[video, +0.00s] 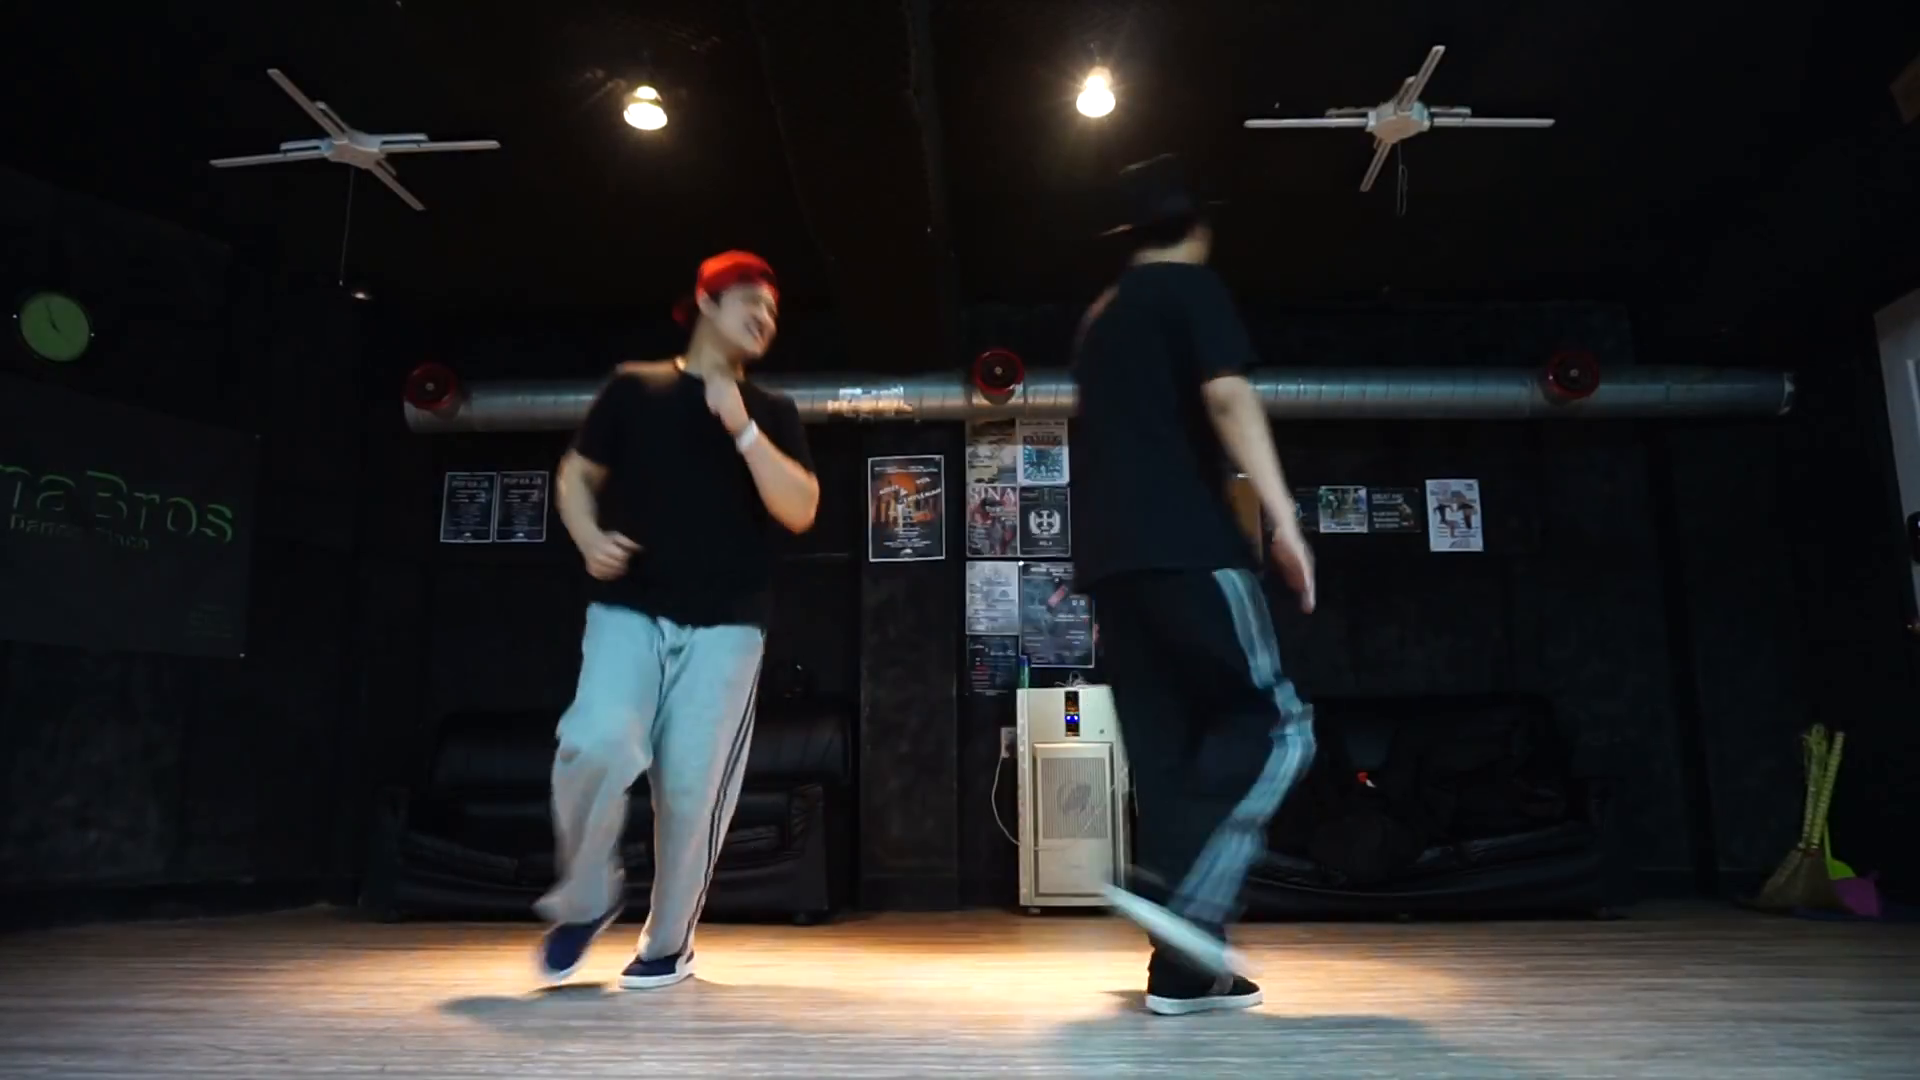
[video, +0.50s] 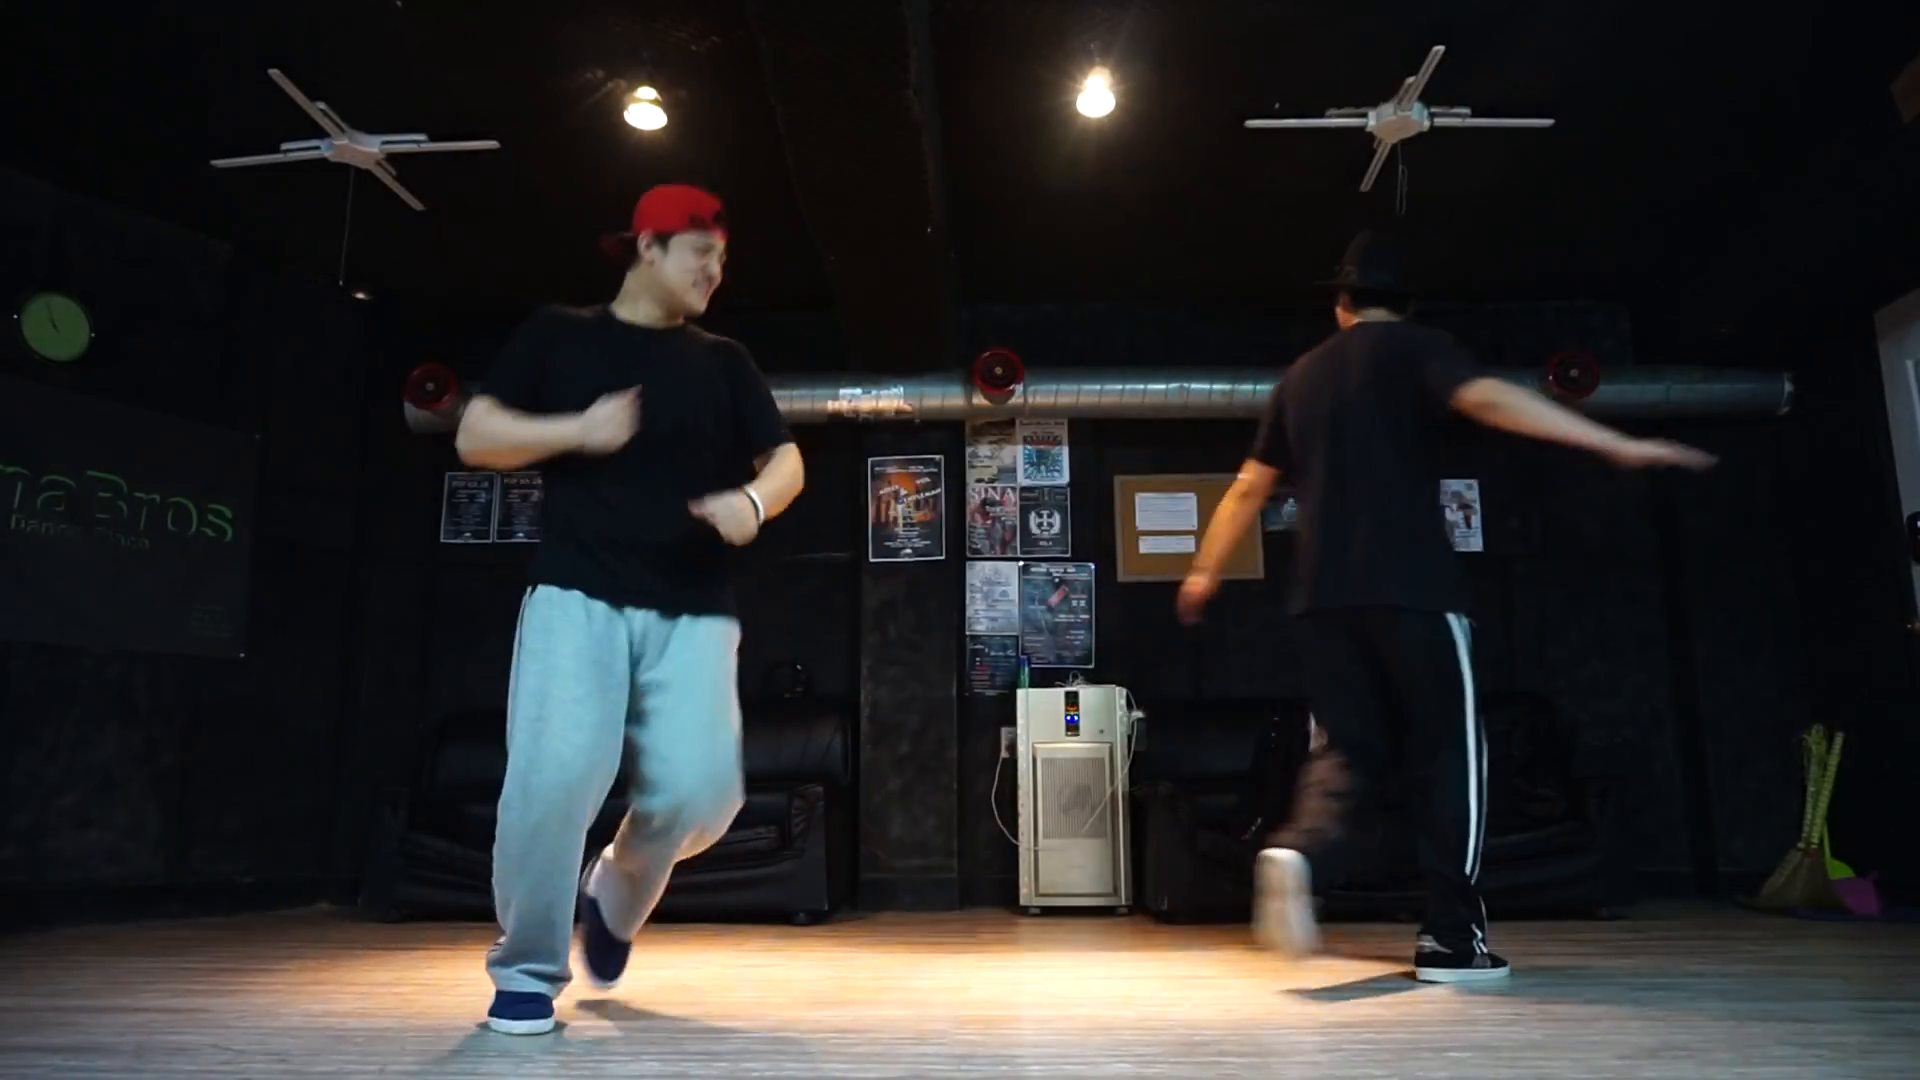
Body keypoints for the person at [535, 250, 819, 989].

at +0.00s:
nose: (764, 319)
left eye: (770, 312)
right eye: (750, 304)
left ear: (770, 328)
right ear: (706, 304)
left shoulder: (771, 412)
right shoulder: (633, 389)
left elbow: (801, 511)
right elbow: (575, 477)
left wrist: (746, 432)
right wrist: (590, 536)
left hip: (726, 618)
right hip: (628, 606)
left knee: (691, 785)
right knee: (599, 747)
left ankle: (668, 944)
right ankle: (583, 901)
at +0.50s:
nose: (715, 270)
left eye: (720, 257)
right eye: (701, 253)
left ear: (713, 265)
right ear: (648, 250)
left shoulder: (724, 363)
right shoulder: (560, 336)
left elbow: (787, 463)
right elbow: (473, 437)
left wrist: (755, 500)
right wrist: (576, 430)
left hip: (696, 611)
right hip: (578, 598)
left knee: (701, 795)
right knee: (555, 780)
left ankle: (614, 897)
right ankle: (526, 973)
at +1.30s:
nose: (955, 214)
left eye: (964, 198)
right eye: (960, 192)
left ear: (909, 160)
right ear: (930, 162)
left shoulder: (830, 234)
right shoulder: (864, 222)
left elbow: (768, 393)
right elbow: (824, 336)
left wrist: (739, 515)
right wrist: (783, 464)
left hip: (809, 528)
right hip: (878, 523)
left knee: (831, 761)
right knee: (1004, 709)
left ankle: (748, 994)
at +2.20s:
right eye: (1096, 259)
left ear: (1023, 276)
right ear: (1098, 261)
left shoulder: (995, 330)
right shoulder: (1148, 304)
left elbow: (1017, 421)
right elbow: (1150, 402)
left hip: (1028, 574)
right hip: (1132, 561)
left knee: (1079, 781)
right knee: (1130, 774)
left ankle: (1135, 961)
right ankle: (1060, 961)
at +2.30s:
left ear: (1030, 294)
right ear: (1103, 281)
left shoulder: (1005, 341)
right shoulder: (1156, 326)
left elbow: (1004, 438)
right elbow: (1149, 422)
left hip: (1036, 591)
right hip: (1140, 583)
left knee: (1073, 780)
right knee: (1177, 763)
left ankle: (1134, 974)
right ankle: (1112, 891)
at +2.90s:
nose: (1023, 358)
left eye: (1024, 349)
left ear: (1031, 346)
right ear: (1095, 340)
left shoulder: (1016, 387)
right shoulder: (1151, 393)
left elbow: (965, 473)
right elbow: (1193, 481)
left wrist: (970, 407)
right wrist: (1251, 561)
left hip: (1052, 618)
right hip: (1135, 618)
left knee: (1030, 781)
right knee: (1111, 781)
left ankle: (1132, 892)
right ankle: (1097, 945)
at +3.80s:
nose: (872, 396)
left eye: (872, 383)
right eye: (868, 385)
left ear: (894, 368)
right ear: (920, 363)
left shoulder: (918, 410)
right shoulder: (958, 416)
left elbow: (856, 502)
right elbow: (913, 529)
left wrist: (806, 584)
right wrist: (820, 541)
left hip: (930, 622)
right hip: (936, 618)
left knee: (933, 770)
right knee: (847, 732)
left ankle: (1000, 930)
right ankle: (913, 874)